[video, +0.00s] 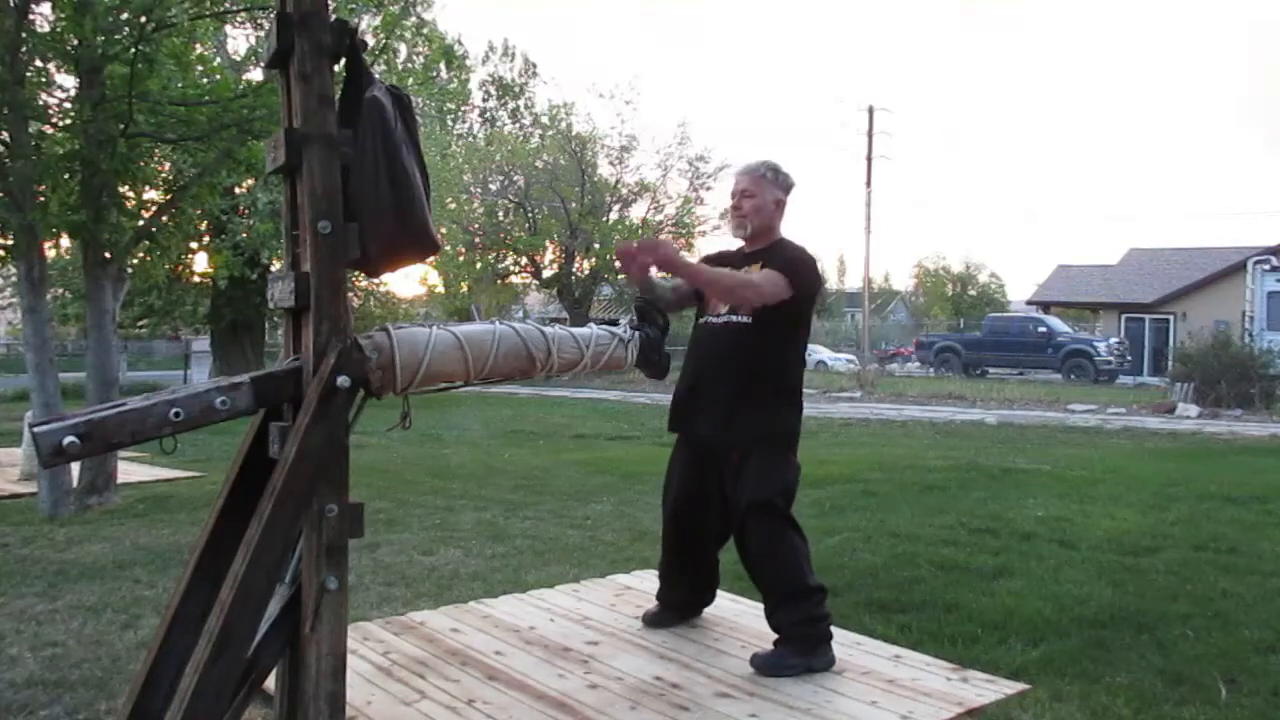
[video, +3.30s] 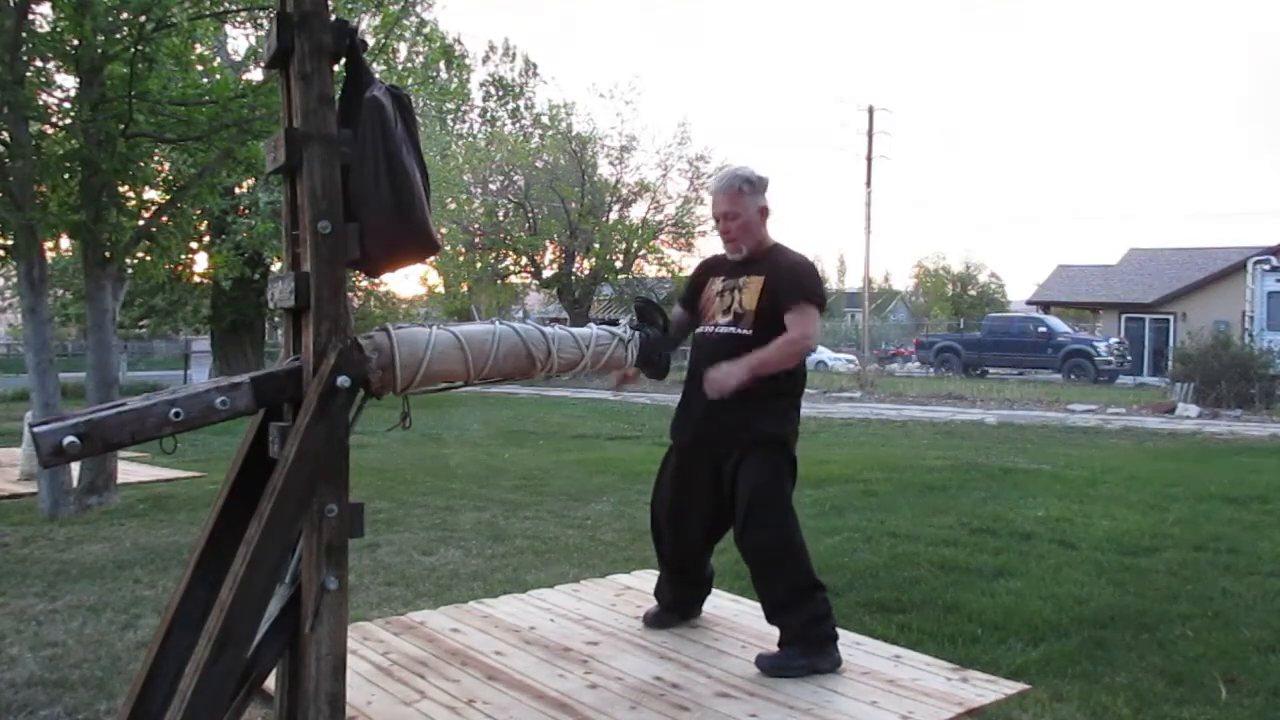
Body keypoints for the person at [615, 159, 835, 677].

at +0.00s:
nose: (737, 204)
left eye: (748, 196)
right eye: (734, 197)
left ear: (779, 201)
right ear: (732, 206)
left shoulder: (795, 262)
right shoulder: (718, 265)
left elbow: (754, 291)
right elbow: (669, 299)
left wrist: (684, 265)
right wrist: (643, 282)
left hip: (762, 425)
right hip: (702, 418)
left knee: (764, 526)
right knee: (685, 513)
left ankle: (807, 640)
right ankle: (682, 599)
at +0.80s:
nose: (719, 225)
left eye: (728, 214)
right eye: (712, 216)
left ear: (758, 209)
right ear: (708, 215)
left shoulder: (789, 267)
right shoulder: (710, 271)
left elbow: (767, 324)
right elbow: (672, 312)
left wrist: (708, 286)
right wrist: (645, 302)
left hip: (766, 428)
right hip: (706, 422)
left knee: (763, 522)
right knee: (682, 511)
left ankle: (807, 640)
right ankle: (682, 599)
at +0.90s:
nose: (697, 239)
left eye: (703, 227)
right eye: (691, 230)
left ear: (733, 215)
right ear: (690, 227)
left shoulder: (777, 267)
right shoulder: (700, 276)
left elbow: (794, 339)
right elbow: (677, 327)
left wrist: (729, 350)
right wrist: (650, 332)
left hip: (770, 428)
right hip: (711, 425)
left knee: (768, 522)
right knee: (687, 511)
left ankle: (807, 641)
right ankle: (682, 600)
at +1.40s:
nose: (682, 260)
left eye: (686, 249)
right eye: (677, 251)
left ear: (717, 232)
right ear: (700, 236)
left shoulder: (768, 265)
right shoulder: (697, 280)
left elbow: (812, 334)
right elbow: (700, 343)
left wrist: (782, 402)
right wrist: (697, 395)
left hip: (778, 421)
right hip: (724, 420)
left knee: (784, 526)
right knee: (695, 508)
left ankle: (814, 644)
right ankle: (682, 599)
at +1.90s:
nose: (709, 228)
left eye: (718, 218)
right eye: (705, 219)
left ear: (751, 216)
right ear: (703, 219)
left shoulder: (786, 271)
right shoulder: (701, 278)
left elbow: (793, 339)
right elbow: (682, 329)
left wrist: (739, 373)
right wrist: (669, 339)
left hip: (769, 430)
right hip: (707, 428)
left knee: (764, 517)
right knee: (678, 508)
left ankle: (812, 642)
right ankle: (681, 596)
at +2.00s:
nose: (717, 222)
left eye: (728, 212)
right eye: (714, 212)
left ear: (761, 213)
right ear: (713, 213)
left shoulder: (793, 271)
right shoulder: (708, 275)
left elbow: (789, 327)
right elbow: (678, 330)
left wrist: (715, 317)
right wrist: (679, 312)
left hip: (767, 433)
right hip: (705, 428)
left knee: (763, 519)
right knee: (676, 512)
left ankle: (813, 643)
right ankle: (682, 595)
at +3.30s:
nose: (725, 226)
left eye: (735, 216)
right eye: (719, 217)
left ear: (764, 212)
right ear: (714, 217)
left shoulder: (792, 270)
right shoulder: (708, 272)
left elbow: (803, 336)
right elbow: (675, 325)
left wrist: (742, 367)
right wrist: (642, 357)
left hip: (762, 425)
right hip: (701, 419)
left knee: (764, 522)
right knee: (676, 509)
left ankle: (812, 642)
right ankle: (681, 599)